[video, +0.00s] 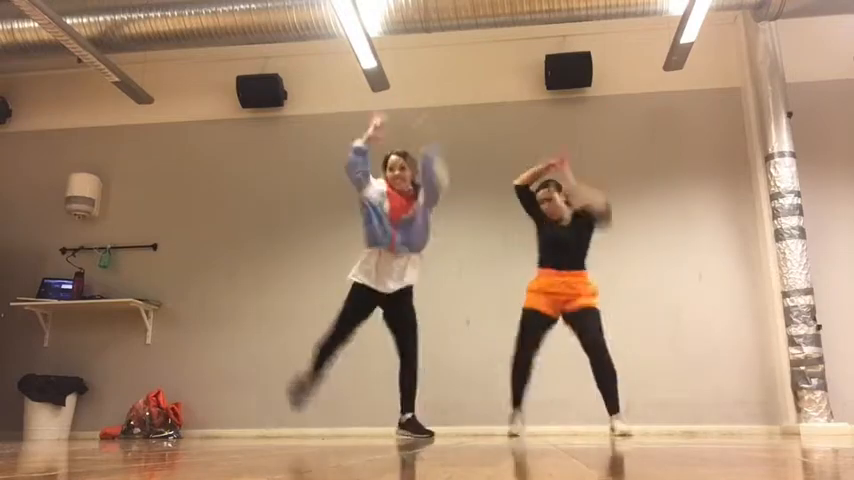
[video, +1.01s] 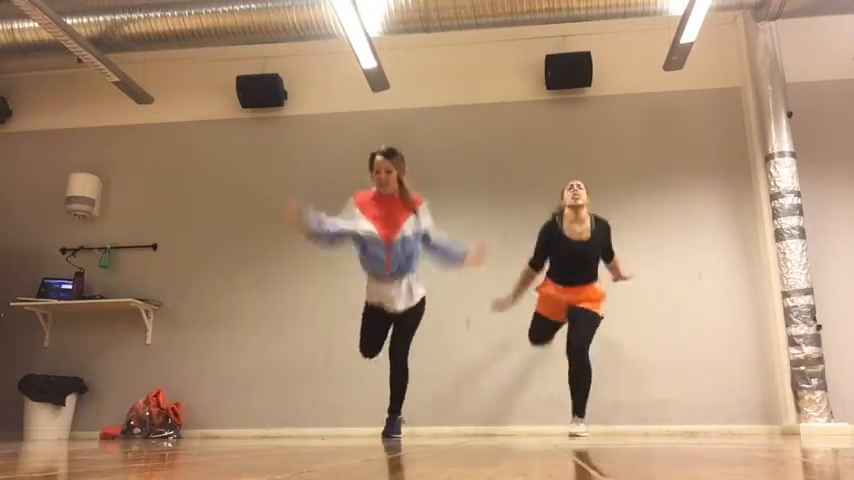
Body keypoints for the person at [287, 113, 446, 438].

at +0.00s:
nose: (398, 173)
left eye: (402, 168)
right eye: (392, 169)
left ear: (412, 172)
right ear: (385, 174)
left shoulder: (422, 201)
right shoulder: (374, 193)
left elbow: (434, 187)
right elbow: (355, 170)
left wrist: (429, 159)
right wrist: (366, 139)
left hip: (400, 286)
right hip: (367, 281)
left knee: (409, 353)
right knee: (338, 334)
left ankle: (407, 417)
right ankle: (310, 380)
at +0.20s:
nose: (384, 175)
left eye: (389, 170)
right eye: (379, 171)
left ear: (401, 174)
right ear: (374, 177)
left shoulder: (417, 204)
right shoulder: (371, 212)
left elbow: (446, 210)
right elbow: (358, 235)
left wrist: (466, 189)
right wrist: (340, 235)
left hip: (407, 290)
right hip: (377, 285)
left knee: (413, 356)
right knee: (326, 275)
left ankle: (423, 416)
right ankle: (357, 317)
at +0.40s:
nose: (376, 192)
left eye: (382, 186)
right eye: (372, 187)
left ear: (395, 187)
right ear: (367, 188)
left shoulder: (406, 216)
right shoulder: (367, 221)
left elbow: (410, 252)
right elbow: (359, 258)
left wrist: (422, 279)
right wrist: (362, 288)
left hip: (407, 297)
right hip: (375, 301)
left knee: (410, 353)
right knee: (362, 360)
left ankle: (438, 408)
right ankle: (367, 415)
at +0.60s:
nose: (377, 199)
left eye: (383, 193)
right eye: (373, 193)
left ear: (395, 193)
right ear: (366, 193)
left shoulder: (411, 216)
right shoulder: (354, 206)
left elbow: (439, 217)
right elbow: (334, 188)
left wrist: (459, 191)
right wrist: (325, 159)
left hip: (401, 287)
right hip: (368, 290)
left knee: (408, 316)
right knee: (368, 359)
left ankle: (421, 352)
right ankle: (372, 419)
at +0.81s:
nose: (384, 178)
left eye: (389, 172)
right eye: (378, 173)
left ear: (401, 173)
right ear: (370, 174)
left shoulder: (416, 204)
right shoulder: (357, 203)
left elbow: (446, 228)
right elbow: (336, 231)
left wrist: (466, 244)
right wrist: (331, 243)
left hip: (404, 280)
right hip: (371, 282)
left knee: (399, 338)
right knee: (371, 337)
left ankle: (392, 393)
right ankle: (374, 358)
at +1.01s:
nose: (382, 178)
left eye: (388, 172)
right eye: (377, 172)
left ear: (400, 173)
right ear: (371, 175)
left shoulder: (415, 206)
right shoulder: (361, 206)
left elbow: (433, 241)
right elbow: (335, 231)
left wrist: (464, 254)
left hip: (410, 294)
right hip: (378, 295)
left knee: (398, 355)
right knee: (369, 349)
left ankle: (394, 418)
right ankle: (386, 313)